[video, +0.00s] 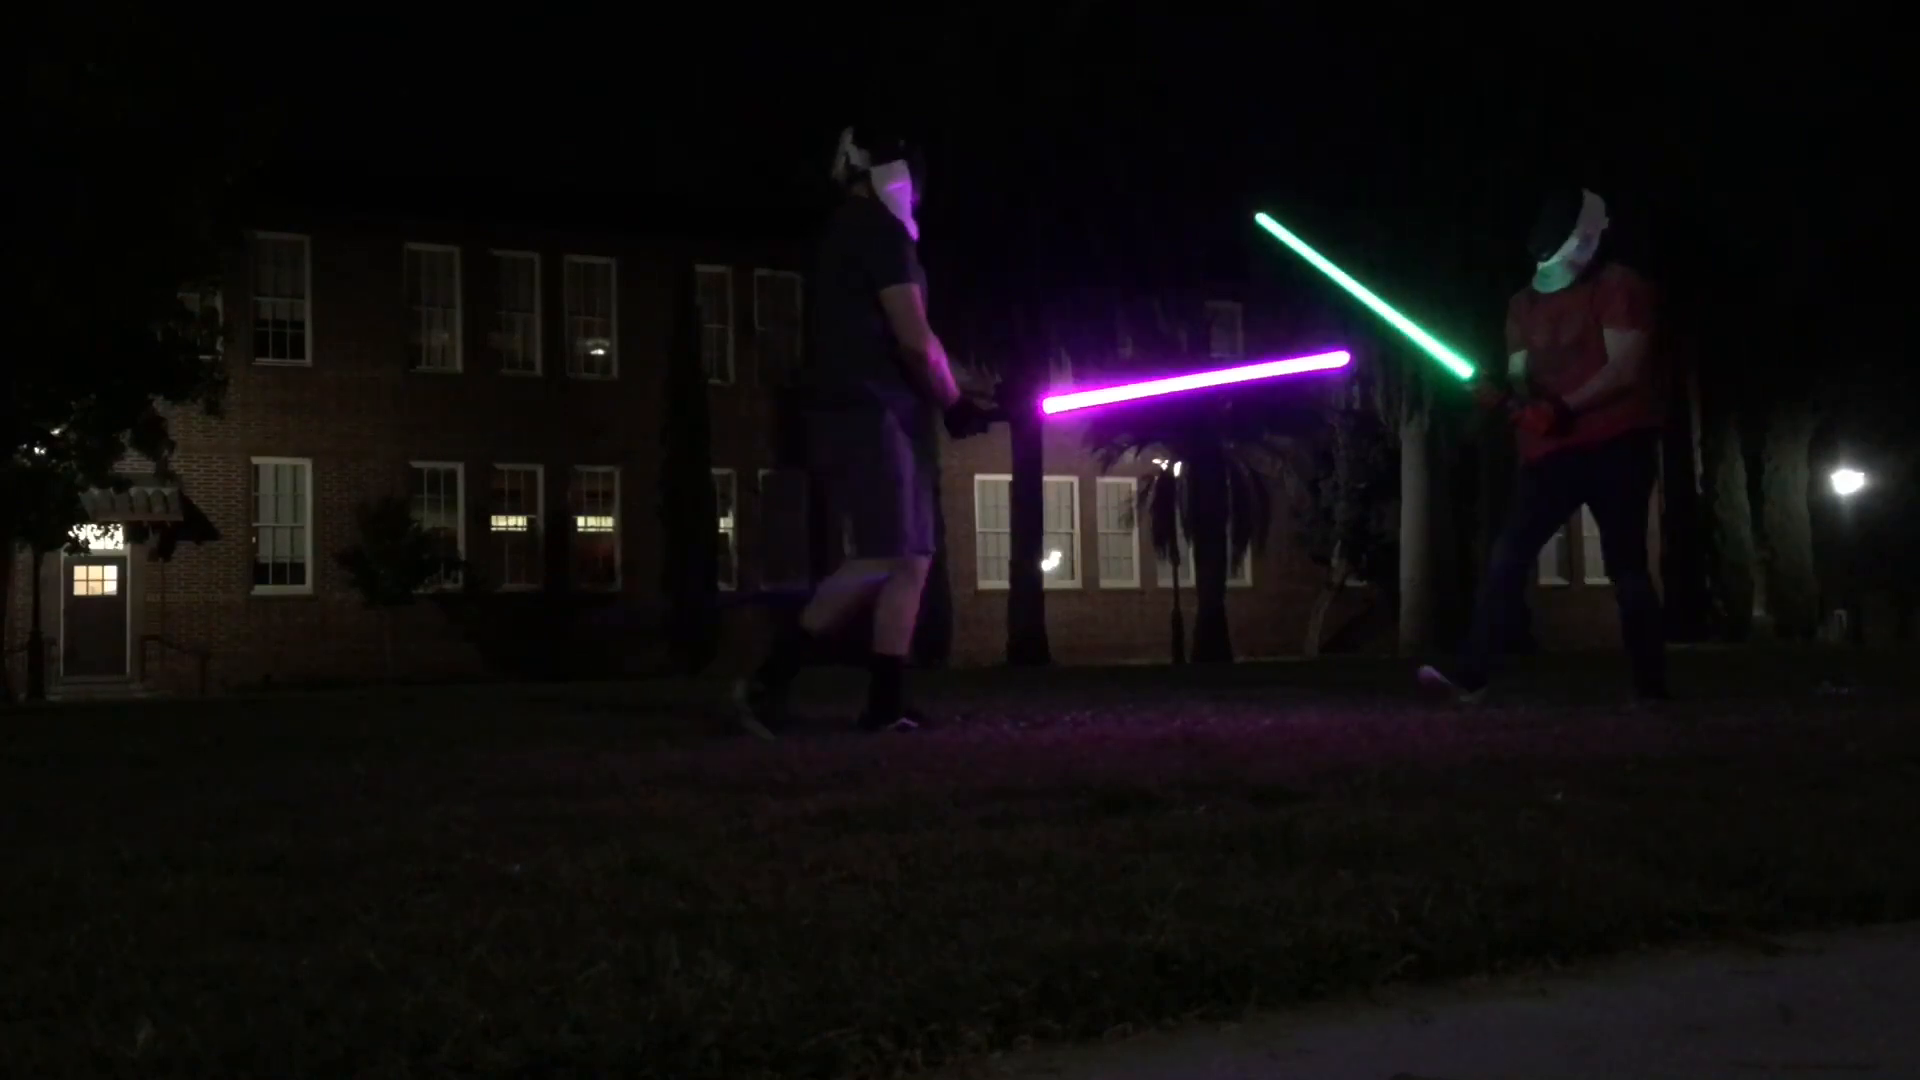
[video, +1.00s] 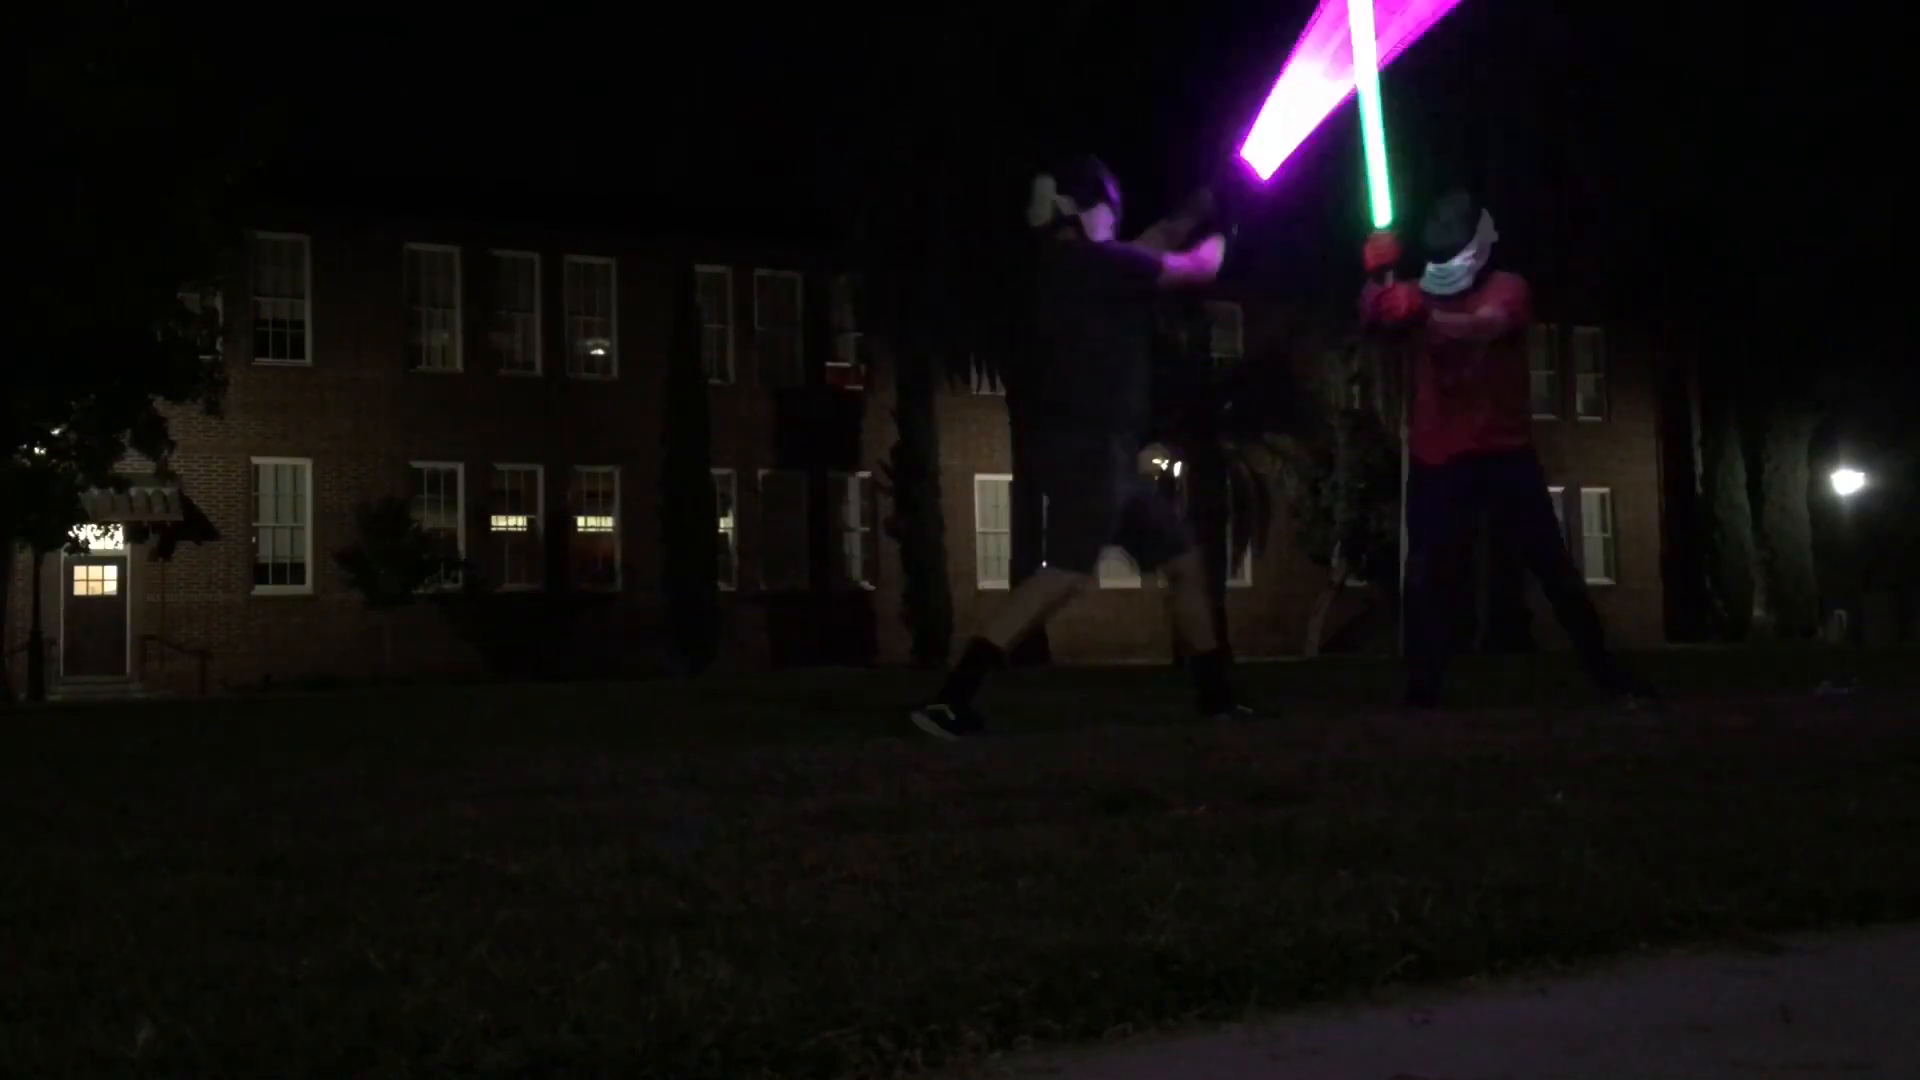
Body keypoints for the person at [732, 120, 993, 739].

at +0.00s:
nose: (912, 193)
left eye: (909, 180)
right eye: (903, 181)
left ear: (866, 184)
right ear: (878, 183)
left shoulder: (848, 233)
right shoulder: (881, 234)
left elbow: (903, 333)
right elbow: (914, 337)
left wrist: (956, 388)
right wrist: (952, 399)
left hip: (865, 413)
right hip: (870, 415)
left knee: (906, 555)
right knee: (891, 553)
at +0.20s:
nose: (940, 180)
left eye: (937, 166)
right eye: (931, 166)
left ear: (890, 169)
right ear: (905, 169)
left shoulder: (872, 221)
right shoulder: (904, 226)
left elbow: (928, 333)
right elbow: (931, 332)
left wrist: (1000, 375)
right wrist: (977, 398)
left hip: (866, 402)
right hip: (889, 404)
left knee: (909, 538)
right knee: (946, 528)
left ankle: (894, 687)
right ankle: (898, 691)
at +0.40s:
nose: (964, 177)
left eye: (962, 164)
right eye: (956, 166)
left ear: (910, 170)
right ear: (929, 168)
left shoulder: (886, 225)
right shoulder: (938, 228)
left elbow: (936, 330)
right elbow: (974, 330)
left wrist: (1018, 357)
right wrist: (1006, 381)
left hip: (896, 407)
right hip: (935, 409)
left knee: (931, 550)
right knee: (976, 544)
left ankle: (905, 688)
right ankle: (932, 696)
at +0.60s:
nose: (1001, 177)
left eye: (998, 164)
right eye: (994, 164)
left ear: (942, 169)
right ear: (969, 167)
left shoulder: (918, 226)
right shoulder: (974, 232)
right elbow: (1013, 343)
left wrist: (1038, 365)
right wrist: (1043, 389)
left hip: (941, 407)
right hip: (972, 410)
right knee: (1009, 553)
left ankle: (986, 676)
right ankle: (941, 696)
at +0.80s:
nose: (1050, 193)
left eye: (1046, 181)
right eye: (1042, 182)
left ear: (991, 187)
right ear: (1017, 186)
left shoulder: (974, 241)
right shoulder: (1027, 248)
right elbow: (1092, 356)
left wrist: (1095, 343)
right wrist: (1123, 357)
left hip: (991, 419)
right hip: (1015, 423)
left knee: (1091, 542)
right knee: (1025, 566)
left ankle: (1146, 677)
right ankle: (937, 704)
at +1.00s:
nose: (1115, 219)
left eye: (1112, 209)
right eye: (1110, 208)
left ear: (1061, 210)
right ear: (1088, 211)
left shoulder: (1058, 261)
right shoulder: (1095, 262)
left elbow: (1134, 254)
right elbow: (1199, 267)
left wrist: (1187, 216)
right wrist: (1221, 234)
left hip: (1093, 445)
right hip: (1091, 445)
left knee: (1181, 556)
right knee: (1066, 573)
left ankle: (1216, 692)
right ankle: (954, 696)